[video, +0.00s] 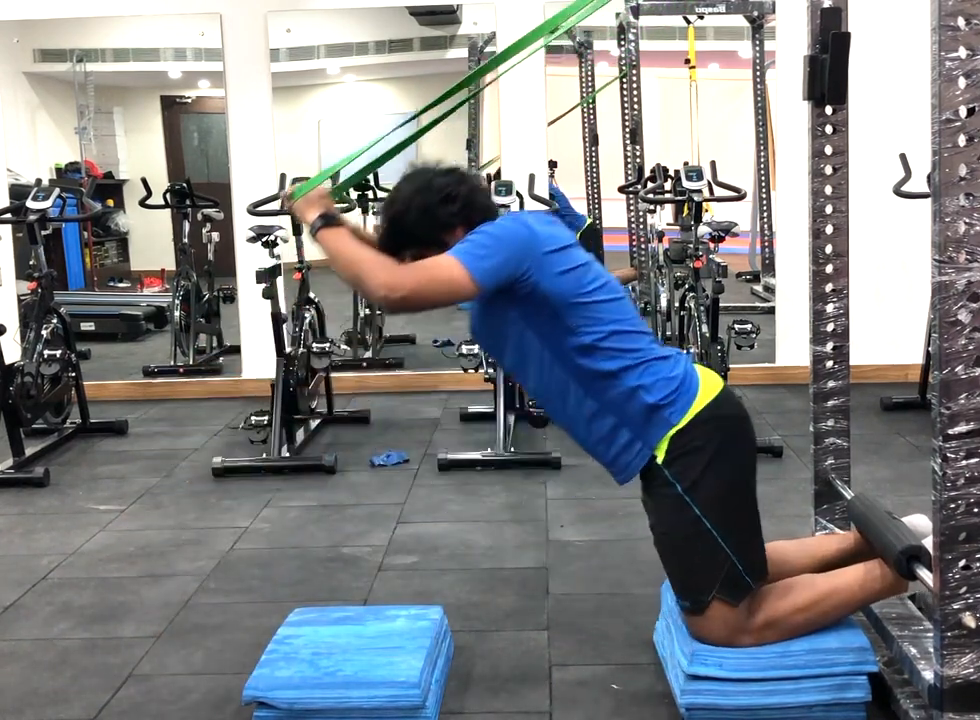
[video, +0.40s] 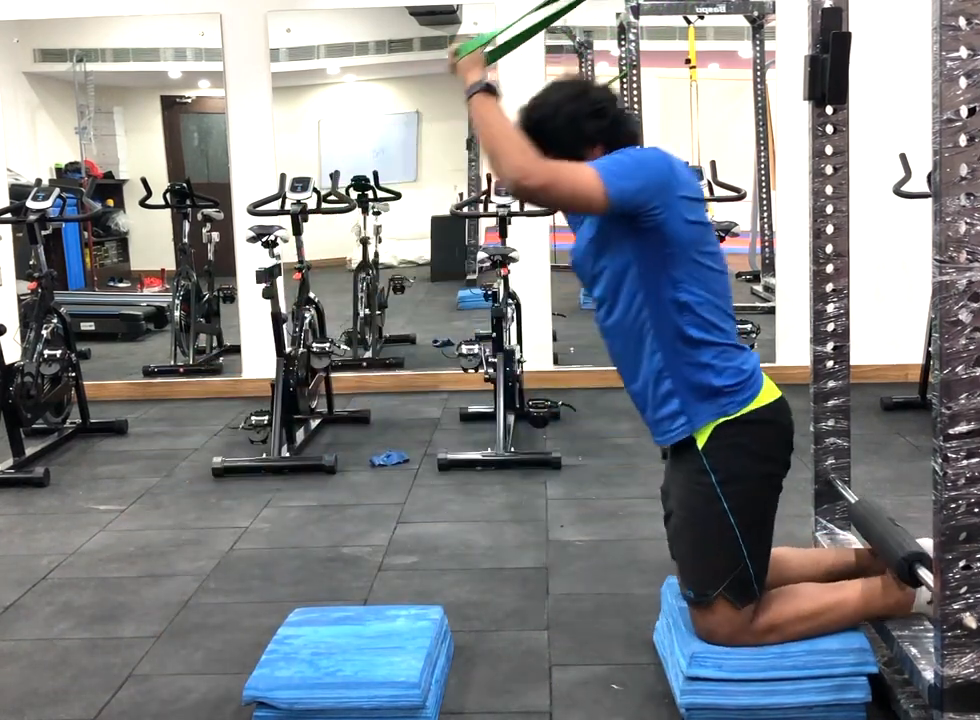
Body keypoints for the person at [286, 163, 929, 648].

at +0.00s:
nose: (428, 275)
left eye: (430, 260)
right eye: (419, 265)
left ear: (454, 233)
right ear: (460, 224)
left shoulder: (519, 237)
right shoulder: (509, 254)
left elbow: (394, 287)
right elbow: (407, 277)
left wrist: (320, 225)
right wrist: (339, 233)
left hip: (687, 431)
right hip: (674, 430)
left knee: (726, 624)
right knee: (720, 576)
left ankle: (897, 570)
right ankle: (860, 540)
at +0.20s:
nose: (492, 231)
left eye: (494, 216)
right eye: (486, 221)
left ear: (523, 190)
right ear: (525, 193)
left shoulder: (583, 203)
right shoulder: (562, 226)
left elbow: (455, 236)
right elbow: (463, 231)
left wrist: (388, 162)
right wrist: (403, 175)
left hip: (717, 430)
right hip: (687, 437)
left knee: (728, 624)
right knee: (708, 588)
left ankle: (902, 573)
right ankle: (865, 541)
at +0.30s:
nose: (519, 207)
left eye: (520, 192)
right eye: (511, 194)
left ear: (548, 172)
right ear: (565, 157)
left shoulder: (616, 186)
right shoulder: (588, 218)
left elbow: (490, 203)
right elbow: (493, 204)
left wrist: (429, 123)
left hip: (725, 427)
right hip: (690, 436)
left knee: (729, 624)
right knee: (714, 580)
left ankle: (905, 582)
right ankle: (866, 548)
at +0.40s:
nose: (543, 182)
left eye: (550, 167)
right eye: (540, 168)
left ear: (583, 148)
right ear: (590, 150)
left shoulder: (648, 173)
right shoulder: (612, 203)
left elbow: (526, 174)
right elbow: (528, 178)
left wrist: (475, 86)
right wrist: (483, 102)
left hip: (731, 427)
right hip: (697, 430)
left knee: (724, 620)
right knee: (710, 572)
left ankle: (908, 595)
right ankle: (867, 559)